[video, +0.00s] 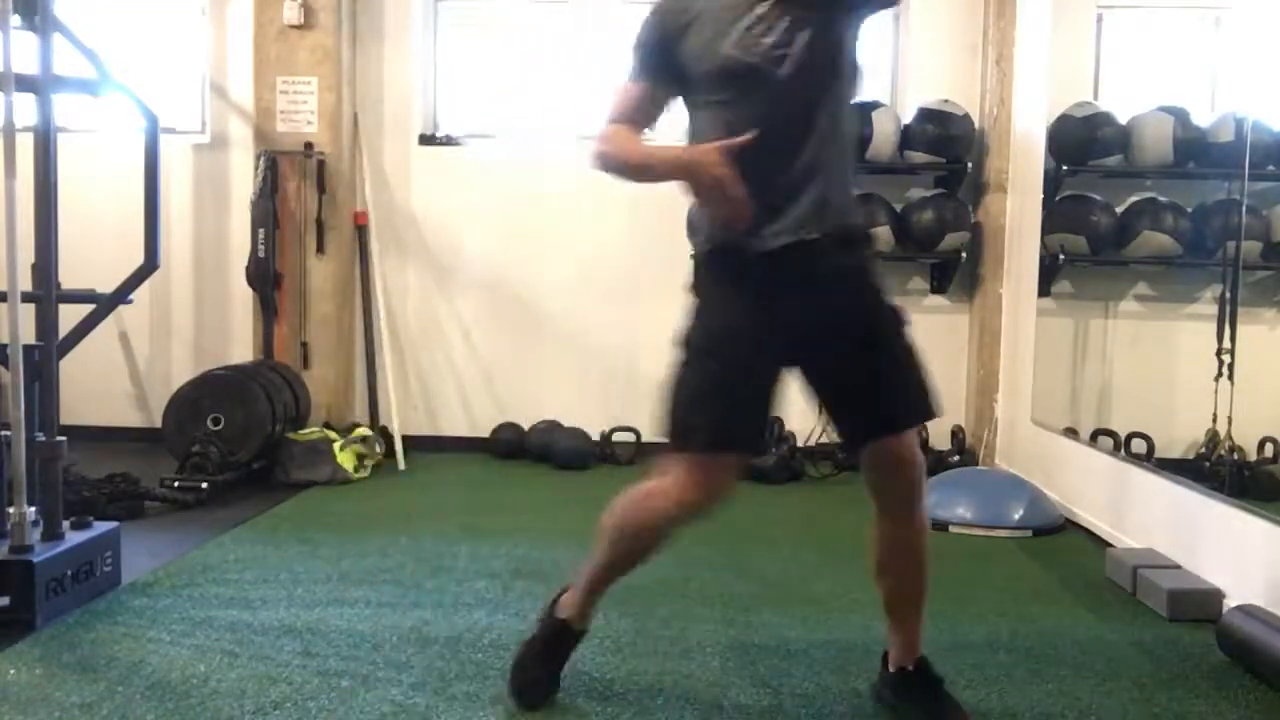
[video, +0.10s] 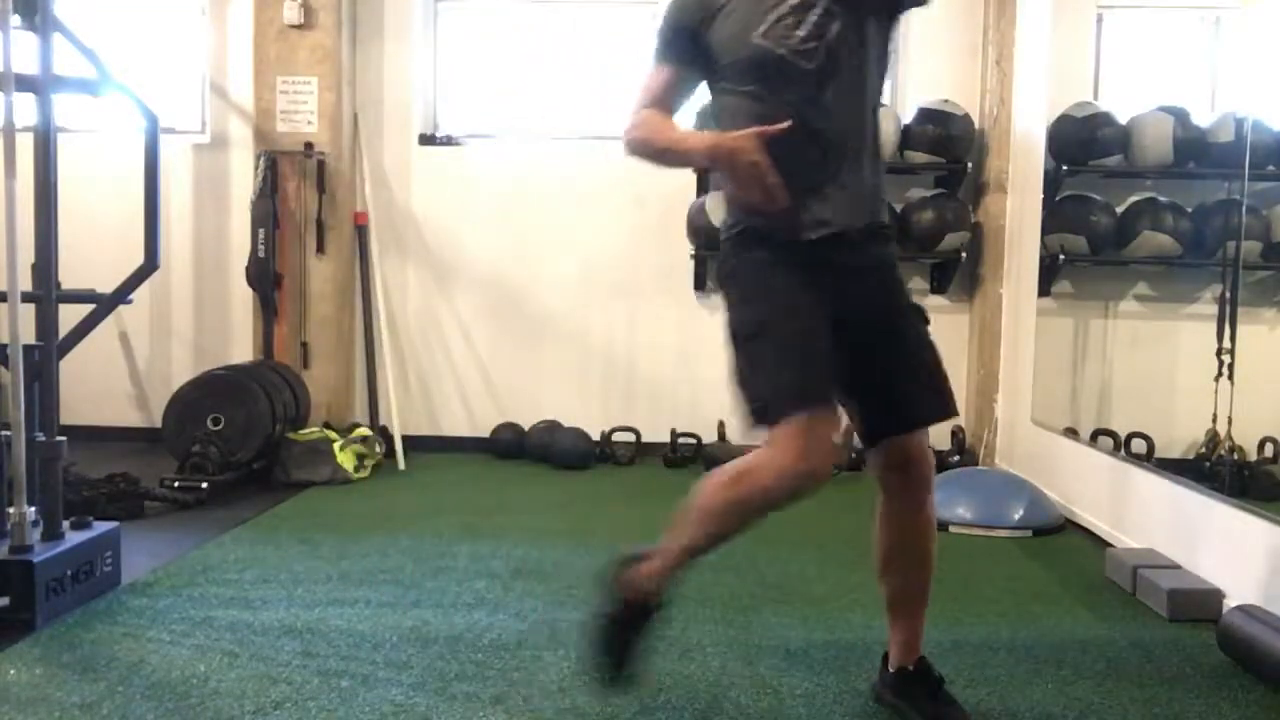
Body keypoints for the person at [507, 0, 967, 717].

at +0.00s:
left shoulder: (837, 7)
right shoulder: (681, 16)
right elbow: (613, 145)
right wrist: (686, 161)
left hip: (834, 266)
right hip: (738, 274)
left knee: (900, 470)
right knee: (695, 480)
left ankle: (905, 667)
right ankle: (571, 611)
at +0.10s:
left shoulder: (872, 4)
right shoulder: (707, 8)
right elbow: (642, 129)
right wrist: (719, 147)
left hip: (858, 242)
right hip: (763, 245)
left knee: (908, 465)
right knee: (804, 453)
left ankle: (904, 667)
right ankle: (642, 580)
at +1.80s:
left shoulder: (565, 11)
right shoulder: (416, 12)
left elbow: (662, 88)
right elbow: (331, 62)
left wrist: (740, 172)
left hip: (514, 250)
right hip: (437, 254)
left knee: (333, 119)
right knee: (361, 458)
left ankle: (311, 361)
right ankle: (401, 648)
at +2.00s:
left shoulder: (582, 16)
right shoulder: (425, 13)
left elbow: (687, 116)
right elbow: (321, 45)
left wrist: (768, 219)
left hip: (531, 251)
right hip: (444, 252)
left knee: (400, 361)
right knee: (371, 459)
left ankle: (518, 543)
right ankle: (399, 651)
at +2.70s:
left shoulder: (853, 10)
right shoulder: (692, 22)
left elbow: (971, 22)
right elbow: (636, 149)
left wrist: (1002, 11)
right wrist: (602, 233)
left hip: (848, 275)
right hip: (740, 279)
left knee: (915, 474)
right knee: (692, 486)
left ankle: (939, 674)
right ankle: (600, 633)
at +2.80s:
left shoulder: (895, 6)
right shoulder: (734, 17)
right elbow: (679, 147)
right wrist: (647, 268)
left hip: (884, 260)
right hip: (782, 262)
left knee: (934, 467)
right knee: (776, 466)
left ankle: (942, 674)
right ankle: (647, 588)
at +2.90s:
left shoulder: (924, 6)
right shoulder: (756, 9)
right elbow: (706, 127)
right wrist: (682, 253)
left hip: (904, 245)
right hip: (805, 229)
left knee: (937, 463)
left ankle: (938, 671)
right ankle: (742, 538)